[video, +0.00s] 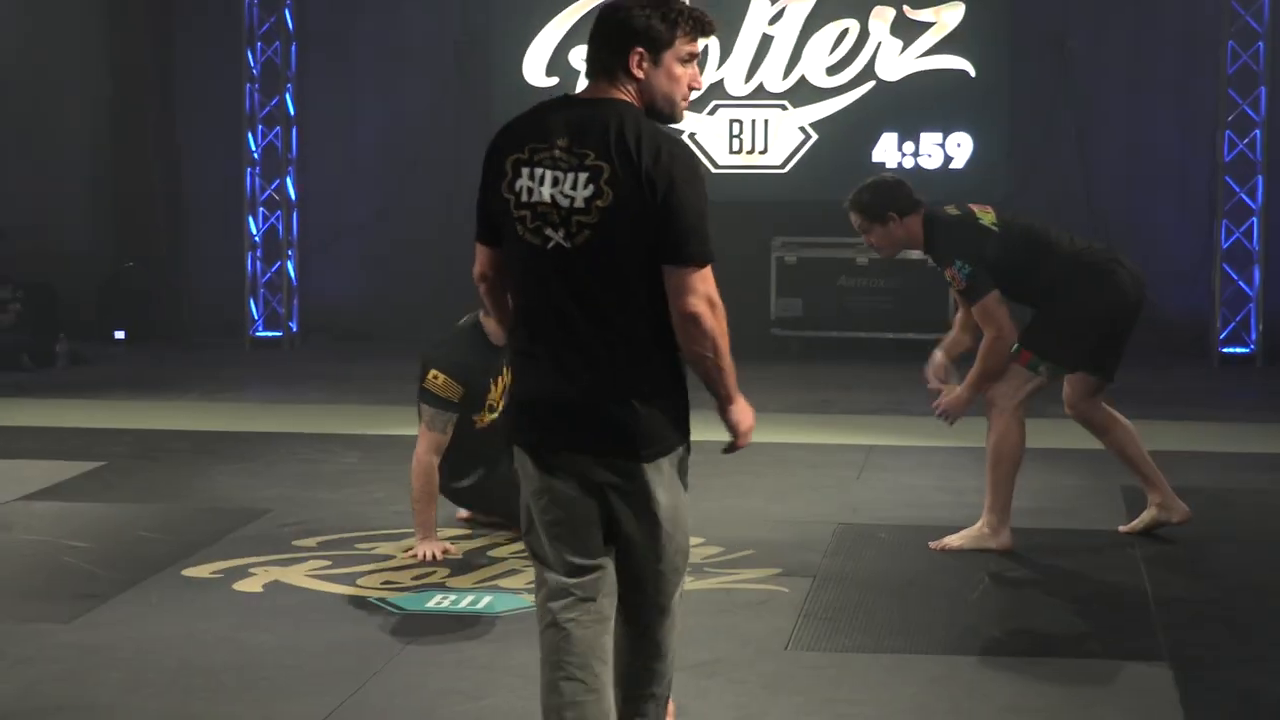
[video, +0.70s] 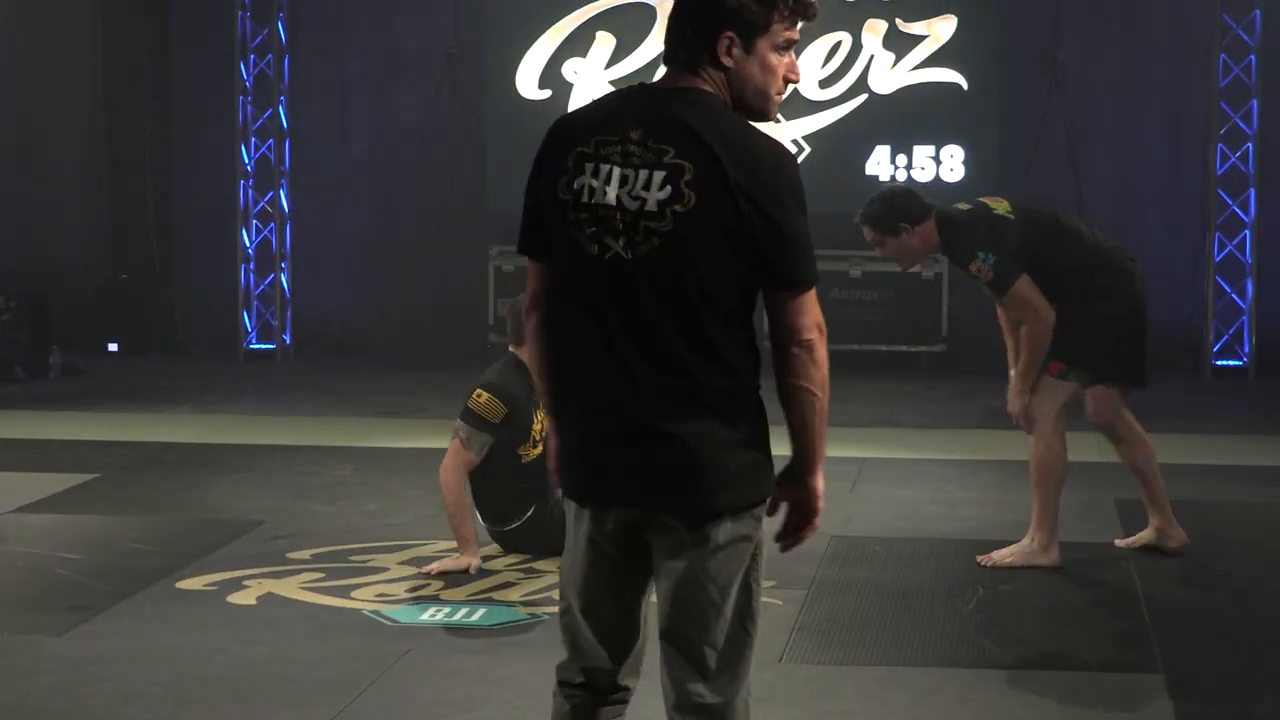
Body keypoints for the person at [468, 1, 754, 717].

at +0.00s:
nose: (697, 79)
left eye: (698, 63)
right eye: (687, 62)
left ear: (618, 66)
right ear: (637, 64)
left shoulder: (513, 139)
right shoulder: (664, 157)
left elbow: (490, 274)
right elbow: (693, 304)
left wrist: (527, 354)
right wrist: (731, 396)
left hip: (543, 401)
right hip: (638, 407)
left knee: (570, 593)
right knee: (651, 591)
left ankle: (574, 715)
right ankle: (645, 710)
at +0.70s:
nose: (793, 71)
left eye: (795, 50)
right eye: (783, 49)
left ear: (701, 49)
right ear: (728, 49)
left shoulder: (570, 135)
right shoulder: (759, 162)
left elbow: (538, 306)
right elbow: (799, 335)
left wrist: (556, 418)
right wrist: (808, 466)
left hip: (595, 444)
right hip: (711, 456)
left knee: (587, 683)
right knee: (708, 696)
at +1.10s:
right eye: (693, 51)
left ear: (594, 49)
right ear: (689, 63)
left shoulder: (505, 165)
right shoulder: (722, 176)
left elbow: (491, 348)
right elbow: (771, 358)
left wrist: (572, 403)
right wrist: (830, 512)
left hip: (556, 504)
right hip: (688, 506)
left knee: (581, 710)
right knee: (718, 707)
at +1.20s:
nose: (542, 53)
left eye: (547, 36)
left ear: (556, 43)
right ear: (659, 50)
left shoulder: (479, 173)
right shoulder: (712, 172)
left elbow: (456, 364)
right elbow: (761, 359)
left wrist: (506, 476)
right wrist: (805, 511)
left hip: (536, 512)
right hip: (673, 513)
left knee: (563, 710)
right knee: (698, 709)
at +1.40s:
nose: (464, 47)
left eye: (478, 21)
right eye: (469, 24)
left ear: (531, 21)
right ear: (601, 34)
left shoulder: (455, 153)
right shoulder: (695, 147)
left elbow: (409, 354)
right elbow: (745, 338)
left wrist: (401, 508)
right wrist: (745, 488)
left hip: (518, 501)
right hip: (655, 500)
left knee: (541, 704)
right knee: (671, 706)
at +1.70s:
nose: (399, 38)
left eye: (419, 14)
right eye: (403, 17)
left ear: (494, 16)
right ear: (502, 21)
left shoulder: (441, 144)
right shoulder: (632, 145)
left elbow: (428, 346)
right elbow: (687, 328)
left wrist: (370, 529)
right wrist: (663, 477)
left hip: (467, 529)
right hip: (604, 523)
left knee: (431, 705)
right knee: (592, 708)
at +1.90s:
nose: (300, 64)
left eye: (322, 37)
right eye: (300, 43)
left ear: (401, 34)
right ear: (408, 36)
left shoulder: (358, 181)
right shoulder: (542, 155)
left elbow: (383, 388)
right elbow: (605, 355)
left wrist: (349, 583)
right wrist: (578, 502)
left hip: (404, 575)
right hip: (539, 556)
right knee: (541, 706)